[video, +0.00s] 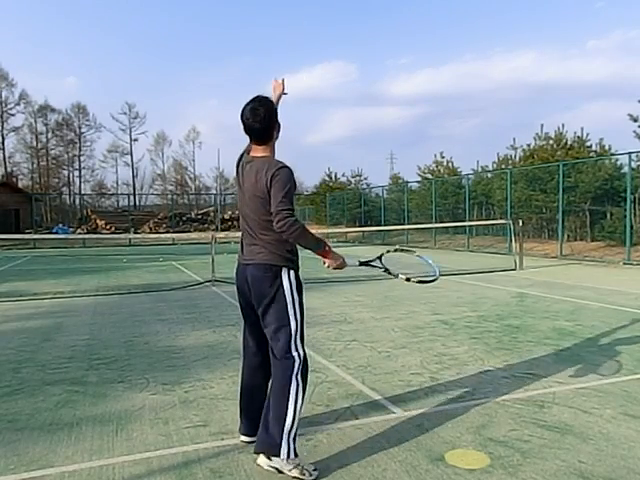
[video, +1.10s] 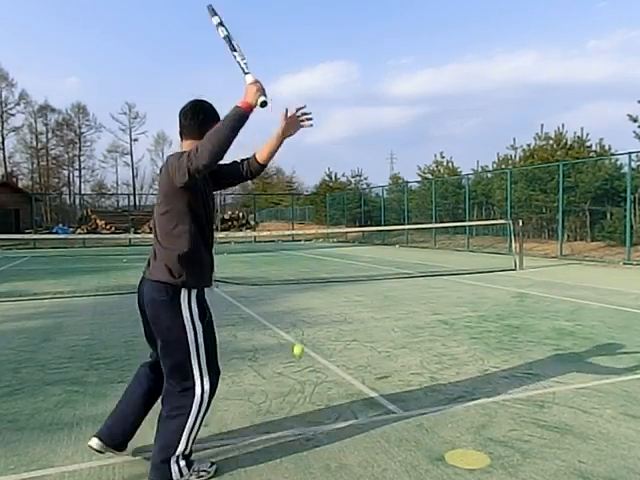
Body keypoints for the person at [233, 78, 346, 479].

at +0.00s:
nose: (273, 124)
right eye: (274, 121)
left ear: (246, 131)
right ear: (277, 128)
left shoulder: (244, 165)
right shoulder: (279, 172)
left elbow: (259, 135)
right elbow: (284, 222)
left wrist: (273, 101)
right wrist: (324, 249)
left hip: (246, 271)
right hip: (275, 272)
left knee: (256, 351)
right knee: (290, 358)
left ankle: (251, 427)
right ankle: (278, 450)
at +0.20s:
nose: (287, 122)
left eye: (285, 117)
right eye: (286, 118)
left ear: (252, 132)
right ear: (283, 128)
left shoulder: (243, 167)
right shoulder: (292, 173)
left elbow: (263, 150)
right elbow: (298, 228)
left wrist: (286, 126)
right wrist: (329, 246)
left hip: (240, 277)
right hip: (275, 280)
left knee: (248, 356)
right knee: (283, 368)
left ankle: (249, 425)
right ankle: (271, 463)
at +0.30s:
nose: (287, 122)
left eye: (280, 116)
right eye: (286, 117)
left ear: (249, 127)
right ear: (284, 125)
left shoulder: (238, 165)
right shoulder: (293, 173)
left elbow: (264, 182)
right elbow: (301, 229)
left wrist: (300, 169)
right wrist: (325, 238)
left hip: (235, 278)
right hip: (273, 282)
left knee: (240, 357)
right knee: (277, 370)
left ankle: (238, 431)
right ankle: (272, 465)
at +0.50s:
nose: (271, 120)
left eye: (267, 114)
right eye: (270, 115)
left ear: (233, 125)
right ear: (268, 122)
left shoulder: (224, 169)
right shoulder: (276, 173)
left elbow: (234, 218)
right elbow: (291, 230)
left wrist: (288, 218)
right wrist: (313, 234)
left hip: (222, 281)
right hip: (260, 284)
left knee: (221, 362)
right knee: (273, 373)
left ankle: (187, 444)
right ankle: (272, 466)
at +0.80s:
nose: (231, 130)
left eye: (229, 124)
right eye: (231, 124)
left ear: (193, 132)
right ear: (225, 129)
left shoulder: (187, 173)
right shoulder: (215, 174)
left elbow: (247, 197)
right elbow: (258, 205)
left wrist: (283, 166)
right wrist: (296, 188)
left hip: (176, 289)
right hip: (209, 292)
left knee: (178, 378)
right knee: (243, 380)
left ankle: (156, 465)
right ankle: (265, 468)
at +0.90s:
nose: (225, 127)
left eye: (223, 121)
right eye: (224, 121)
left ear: (188, 122)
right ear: (219, 121)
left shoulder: (181, 162)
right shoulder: (199, 162)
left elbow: (241, 177)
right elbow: (245, 176)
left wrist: (273, 147)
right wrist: (286, 153)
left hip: (167, 280)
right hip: (194, 283)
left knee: (173, 375)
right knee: (226, 376)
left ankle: (154, 465)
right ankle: (214, 466)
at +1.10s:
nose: (216, 137)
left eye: (218, 133)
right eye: (216, 131)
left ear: (181, 129)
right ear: (207, 132)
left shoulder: (196, 174)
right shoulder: (180, 166)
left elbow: (248, 168)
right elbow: (208, 152)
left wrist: (281, 134)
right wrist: (245, 107)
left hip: (156, 287)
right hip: (179, 291)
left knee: (162, 364)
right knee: (196, 380)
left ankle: (111, 436)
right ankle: (170, 464)